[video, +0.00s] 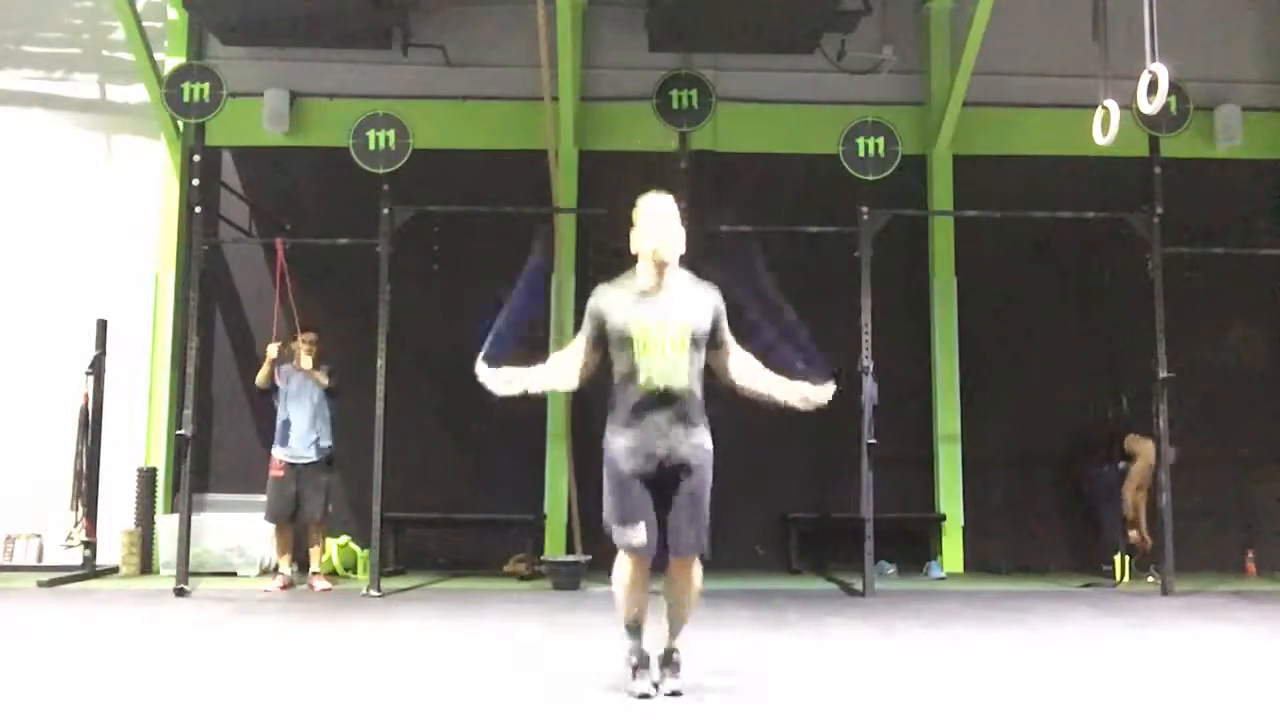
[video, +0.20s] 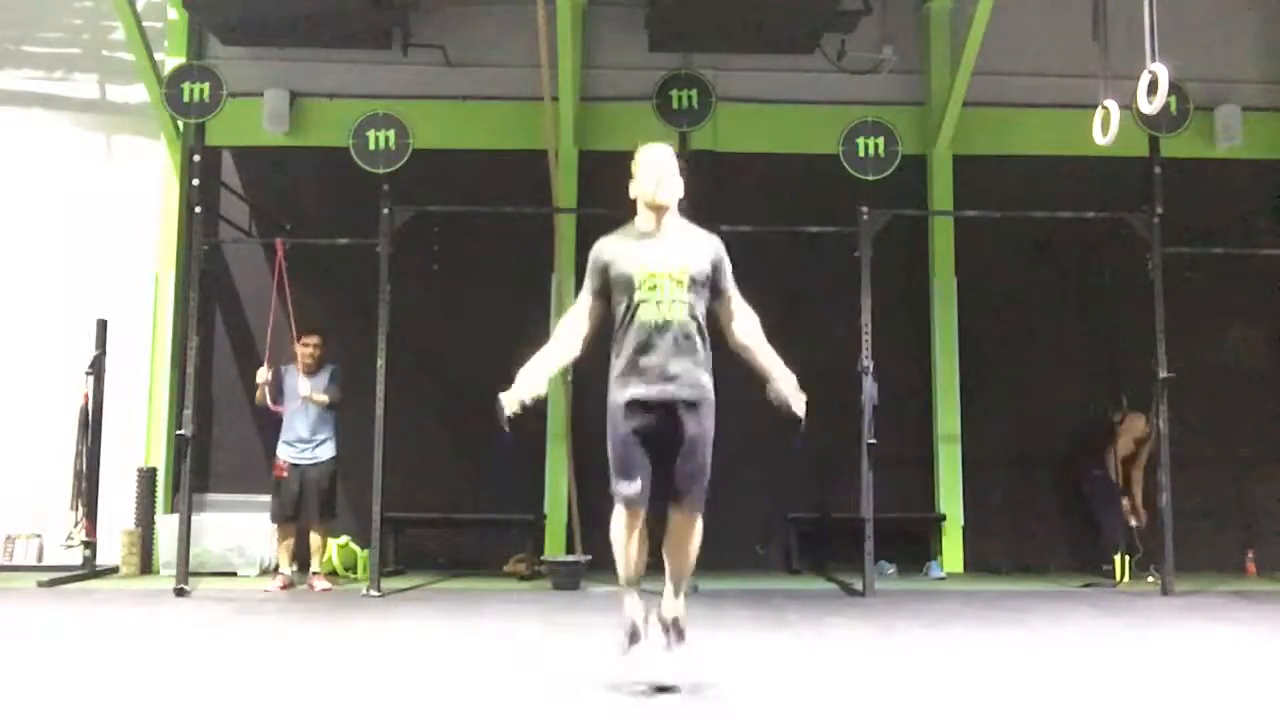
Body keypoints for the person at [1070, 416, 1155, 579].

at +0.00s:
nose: (1170, 461)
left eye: (1172, 458)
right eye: (1171, 456)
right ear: (1166, 450)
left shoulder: (1150, 457)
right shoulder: (1146, 450)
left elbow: (1142, 492)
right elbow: (1128, 490)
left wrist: (1142, 529)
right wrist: (1132, 526)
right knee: (1110, 515)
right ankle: (1109, 558)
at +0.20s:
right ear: (1153, 415)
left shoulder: (1150, 435)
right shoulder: (1136, 422)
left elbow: (1137, 468)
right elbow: (1113, 454)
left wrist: (1138, 505)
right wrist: (1120, 494)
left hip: (1111, 470)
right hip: (1094, 469)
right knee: (1109, 513)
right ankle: (1112, 558)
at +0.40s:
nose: (1149, 398)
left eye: (1152, 393)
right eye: (1146, 392)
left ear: (1153, 395)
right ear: (1136, 390)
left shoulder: (1144, 417)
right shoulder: (1116, 406)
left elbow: (1139, 454)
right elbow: (1096, 436)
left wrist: (1148, 490)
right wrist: (1100, 469)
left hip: (1111, 462)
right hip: (1093, 459)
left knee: (1118, 504)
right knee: (1104, 506)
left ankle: (1119, 555)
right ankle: (1105, 557)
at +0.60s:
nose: (1127, 382)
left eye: (1133, 377)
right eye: (1125, 376)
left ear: (1140, 380)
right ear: (1120, 377)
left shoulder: (1137, 405)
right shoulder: (1103, 396)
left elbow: (1140, 441)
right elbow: (1082, 426)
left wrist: (1155, 475)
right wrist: (1085, 460)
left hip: (1121, 459)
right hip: (1098, 459)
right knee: (1096, 508)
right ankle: (1095, 559)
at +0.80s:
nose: (1111, 376)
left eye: (1116, 371)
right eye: (1107, 370)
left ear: (1121, 373)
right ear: (1100, 372)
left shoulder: (1127, 398)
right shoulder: (1086, 393)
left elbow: (1136, 434)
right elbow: (1070, 426)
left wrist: (1152, 470)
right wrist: (1076, 458)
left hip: (1110, 463)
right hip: (1086, 462)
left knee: (1111, 512)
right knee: (1081, 512)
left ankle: (1111, 560)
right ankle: (1079, 562)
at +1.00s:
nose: (1092, 370)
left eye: (1095, 364)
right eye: (1088, 365)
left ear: (1100, 365)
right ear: (1079, 366)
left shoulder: (1112, 393)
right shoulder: (1068, 390)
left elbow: (1123, 427)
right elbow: (1056, 425)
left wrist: (1136, 460)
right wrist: (1063, 458)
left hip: (1103, 462)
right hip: (1076, 462)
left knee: (1110, 509)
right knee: (1073, 512)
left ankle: (1114, 560)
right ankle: (1076, 562)